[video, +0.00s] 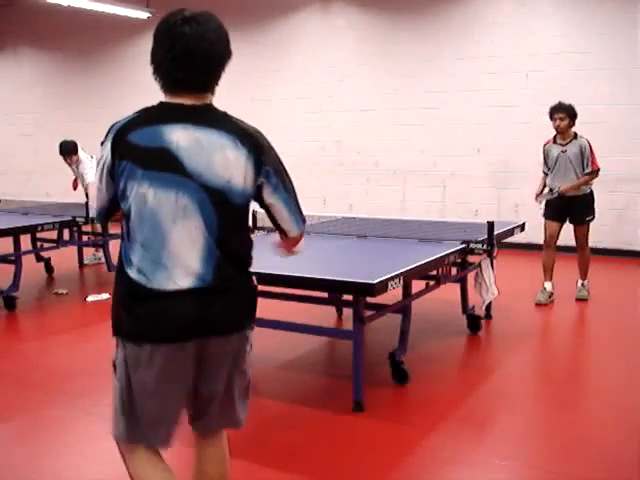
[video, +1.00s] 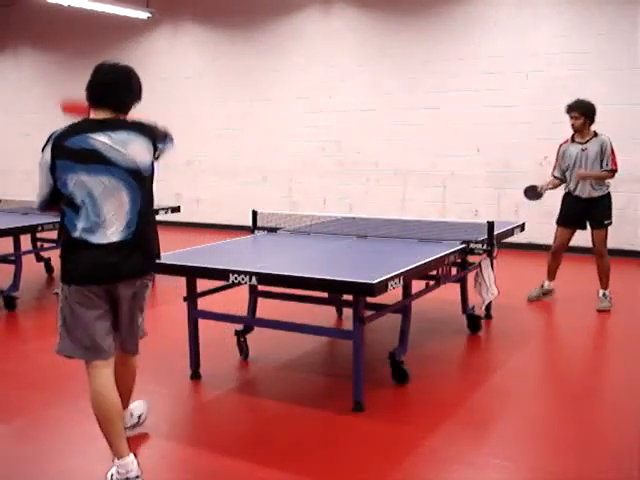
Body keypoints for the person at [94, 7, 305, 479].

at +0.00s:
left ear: (156, 63)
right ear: (221, 68)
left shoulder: (124, 135)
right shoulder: (246, 141)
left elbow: (104, 212)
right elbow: (291, 226)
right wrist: (287, 237)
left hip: (151, 324)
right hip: (226, 319)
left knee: (137, 439)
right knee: (212, 430)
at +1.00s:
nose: (132, 106)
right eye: (132, 101)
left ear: (88, 98)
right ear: (131, 105)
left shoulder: (60, 141)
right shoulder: (142, 141)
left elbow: (45, 201)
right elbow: (163, 138)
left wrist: (80, 197)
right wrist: (112, 119)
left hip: (84, 271)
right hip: (133, 266)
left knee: (99, 364)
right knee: (127, 346)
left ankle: (124, 463)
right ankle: (125, 412)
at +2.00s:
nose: (53, 115)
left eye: (54, 108)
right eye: (50, 106)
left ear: (25, 105)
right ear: (30, 103)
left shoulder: (13, 134)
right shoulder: (18, 135)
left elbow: (19, 190)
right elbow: (13, 190)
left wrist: (53, 215)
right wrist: (61, 213)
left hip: (13, 251)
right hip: (30, 250)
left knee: (5, 321)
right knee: (63, 317)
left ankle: (1, 402)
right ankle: (78, 408)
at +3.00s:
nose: (66, 153)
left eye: (66, 146)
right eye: (63, 146)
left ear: (32, 144)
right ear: (45, 146)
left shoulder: (7, 169)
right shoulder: (28, 179)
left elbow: (16, 242)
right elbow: (20, 245)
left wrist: (57, 266)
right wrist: (67, 269)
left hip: (9, 287)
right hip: (6, 288)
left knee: (43, 354)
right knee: (44, 355)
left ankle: (37, 458)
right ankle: (37, 460)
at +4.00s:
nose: (48, 195)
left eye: (49, 187)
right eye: (47, 187)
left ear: (25, 187)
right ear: (30, 187)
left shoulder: (8, 215)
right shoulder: (10, 218)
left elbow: (8, 283)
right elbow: (6, 284)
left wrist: (47, 298)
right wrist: (48, 300)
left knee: (14, 366)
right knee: (15, 366)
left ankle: (18, 466)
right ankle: (18, 469)